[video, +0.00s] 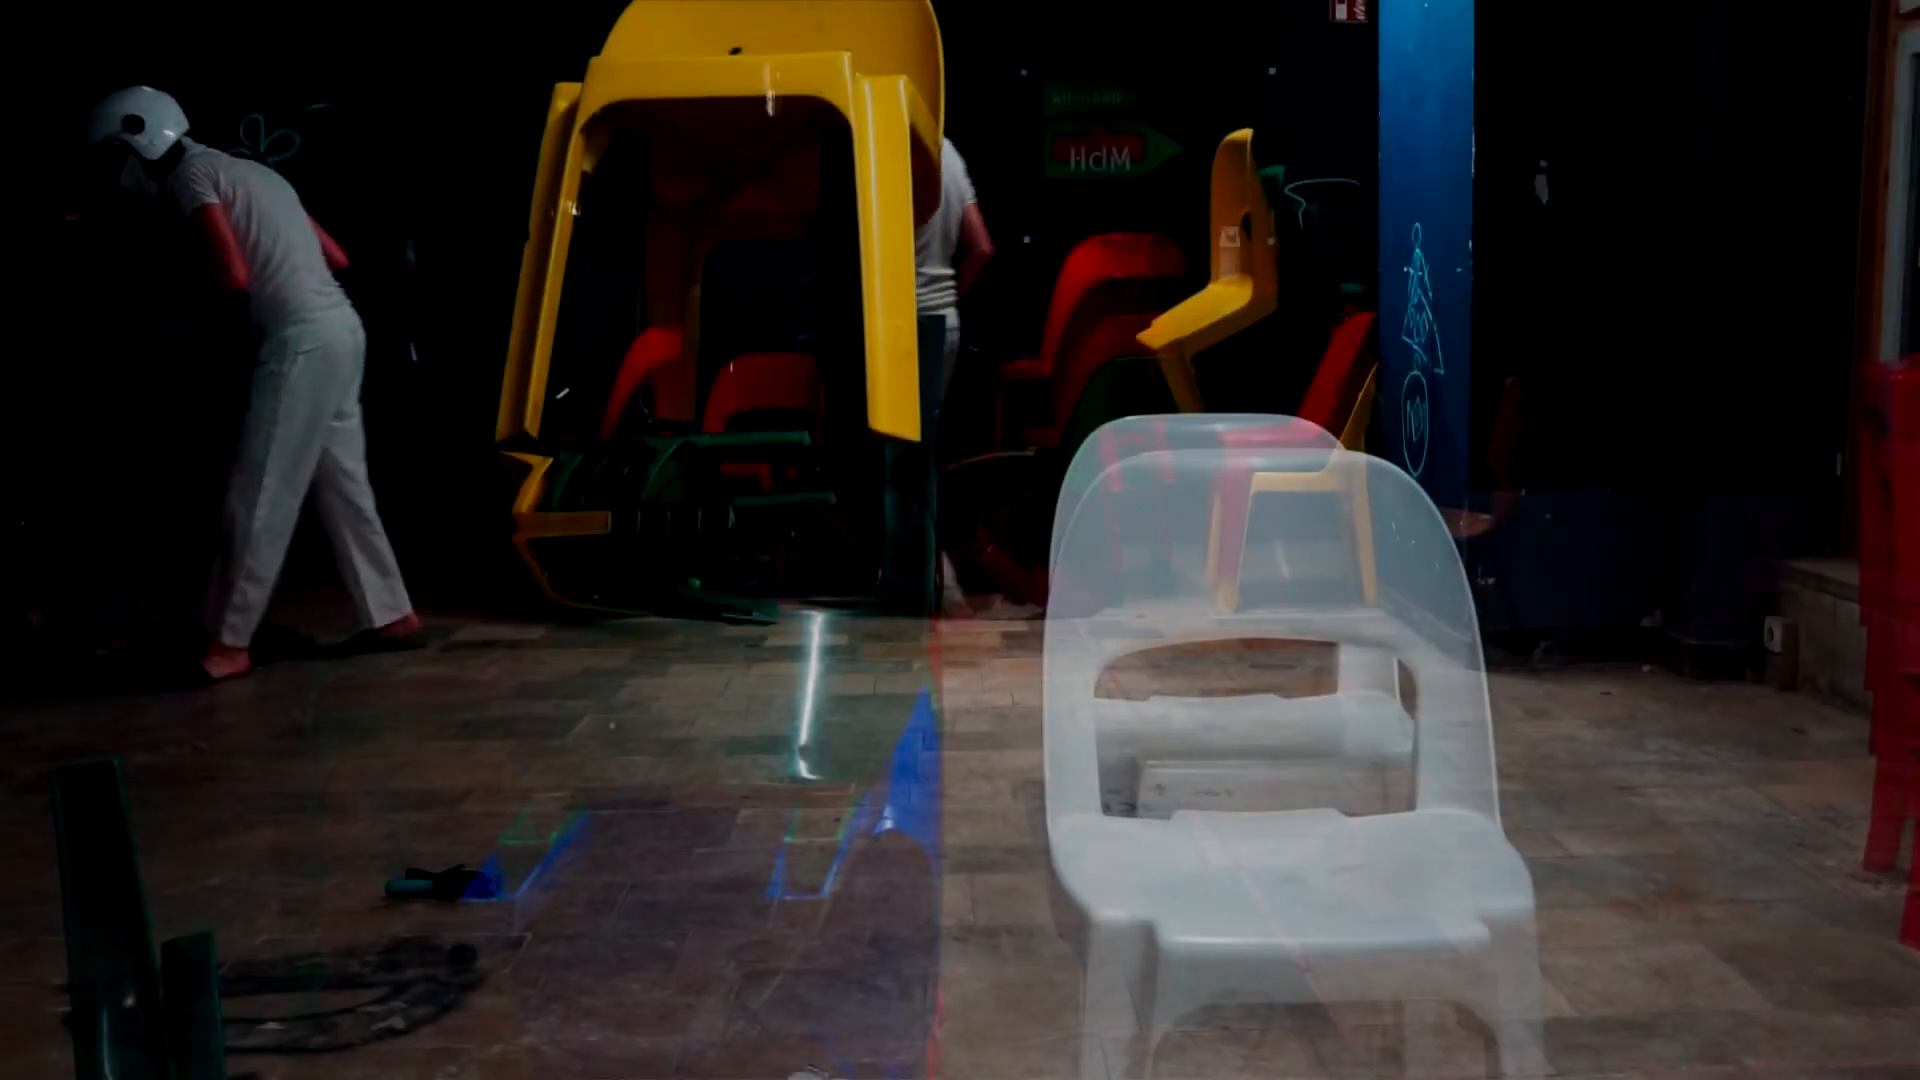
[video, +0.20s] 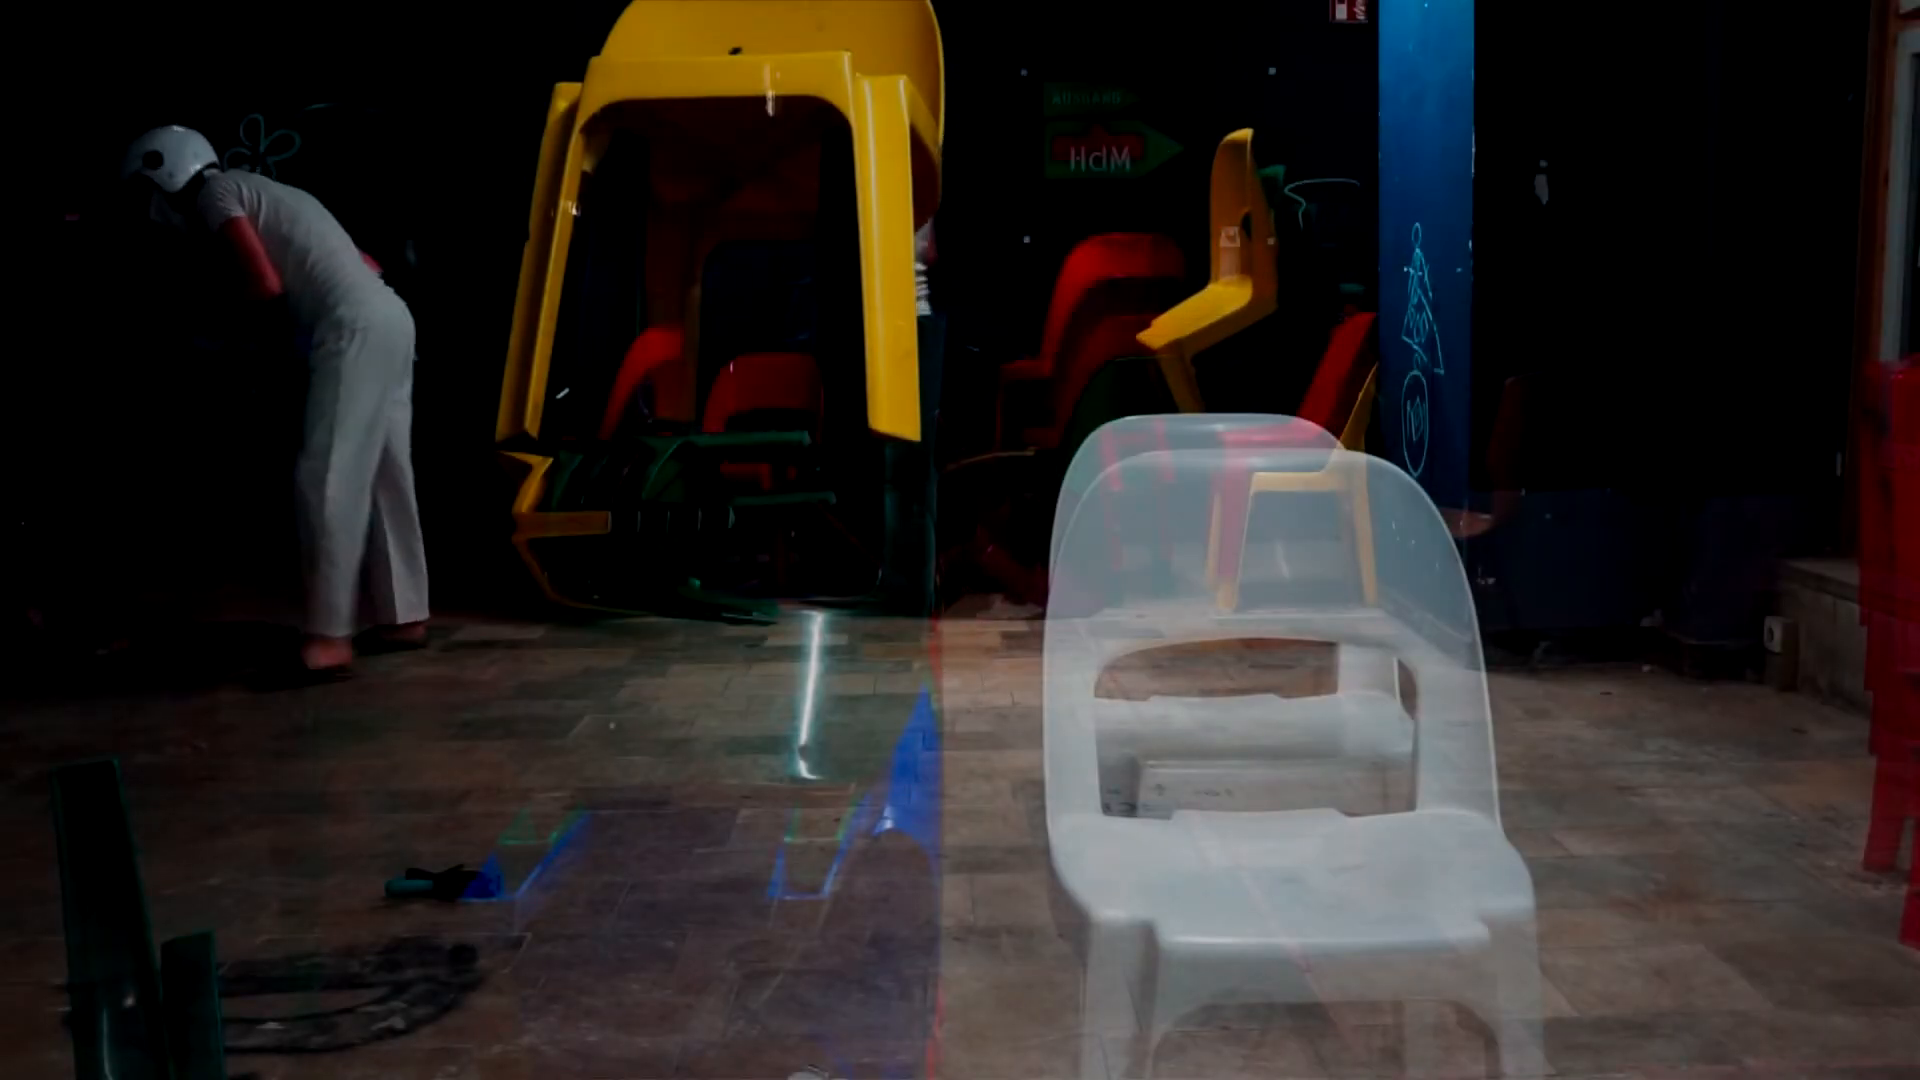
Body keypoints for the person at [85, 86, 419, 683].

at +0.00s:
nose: (126, 176)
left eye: (123, 159)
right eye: (118, 163)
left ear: (145, 142)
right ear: (174, 129)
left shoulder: (193, 172)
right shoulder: (252, 170)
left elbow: (234, 275)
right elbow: (334, 254)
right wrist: (261, 249)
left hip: (303, 340)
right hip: (342, 329)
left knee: (262, 490)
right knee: (344, 481)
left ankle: (231, 645)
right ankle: (393, 616)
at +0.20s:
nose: (161, 206)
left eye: (157, 193)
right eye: (154, 197)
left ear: (171, 177)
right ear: (206, 161)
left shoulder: (218, 190)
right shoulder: (263, 189)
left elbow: (266, 282)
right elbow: (367, 265)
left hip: (354, 326)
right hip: (389, 319)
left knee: (328, 476)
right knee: (390, 472)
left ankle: (329, 639)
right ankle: (407, 617)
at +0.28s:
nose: (172, 222)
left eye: (167, 210)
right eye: (166, 214)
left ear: (179, 194)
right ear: (208, 176)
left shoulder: (222, 200)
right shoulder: (252, 196)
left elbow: (274, 288)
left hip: (367, 324)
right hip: (400, 317)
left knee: (359, 478)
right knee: (404, 474)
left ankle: (396, 631)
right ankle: (408, 626)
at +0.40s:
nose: (182, 245)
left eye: (177, 233)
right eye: (175, 236)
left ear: (186, 215)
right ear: (216, 199)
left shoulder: (226, 218)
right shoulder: (260, 215)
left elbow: (279, 300)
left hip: (380, 322)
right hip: (407, 316)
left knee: (402, 474)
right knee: (395, 475)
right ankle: (406, 619)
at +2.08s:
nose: (290, 185)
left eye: (285, 176)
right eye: (288, 179)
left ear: (291, 159)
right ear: (318, 140)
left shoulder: (322, 162)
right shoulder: (375, 174)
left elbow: (341, 263)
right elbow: (408, 262)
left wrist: (318, 354)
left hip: (414, 335)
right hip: (452, 328)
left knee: (424, 486)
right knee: (402, 480)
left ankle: (493, 629)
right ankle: (395, 616)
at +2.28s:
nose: (327, 156)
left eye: (325, 147)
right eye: (324, 148)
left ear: (336, 132)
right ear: (373, 119)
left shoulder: (365, 152)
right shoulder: (438, 169)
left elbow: (373, 263)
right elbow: (489, 274)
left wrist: (350, 336)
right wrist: (480, 341)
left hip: (424, 347)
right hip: (470, 343)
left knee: (433, 494)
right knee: (417, 487)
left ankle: (495, 637)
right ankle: (399, 619)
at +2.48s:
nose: (367, 133)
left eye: (366, 123)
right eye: (365, 125)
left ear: (376, 112)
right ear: (418, 100)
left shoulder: (397, 141)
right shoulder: (484, 152)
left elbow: (397, 255)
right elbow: (538, 251)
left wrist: (368, 332)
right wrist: (522, 327)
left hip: (449, 335)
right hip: (503, 331)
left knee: (459, 489)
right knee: (470, 484)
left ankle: (495, 637)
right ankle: (467, 627)